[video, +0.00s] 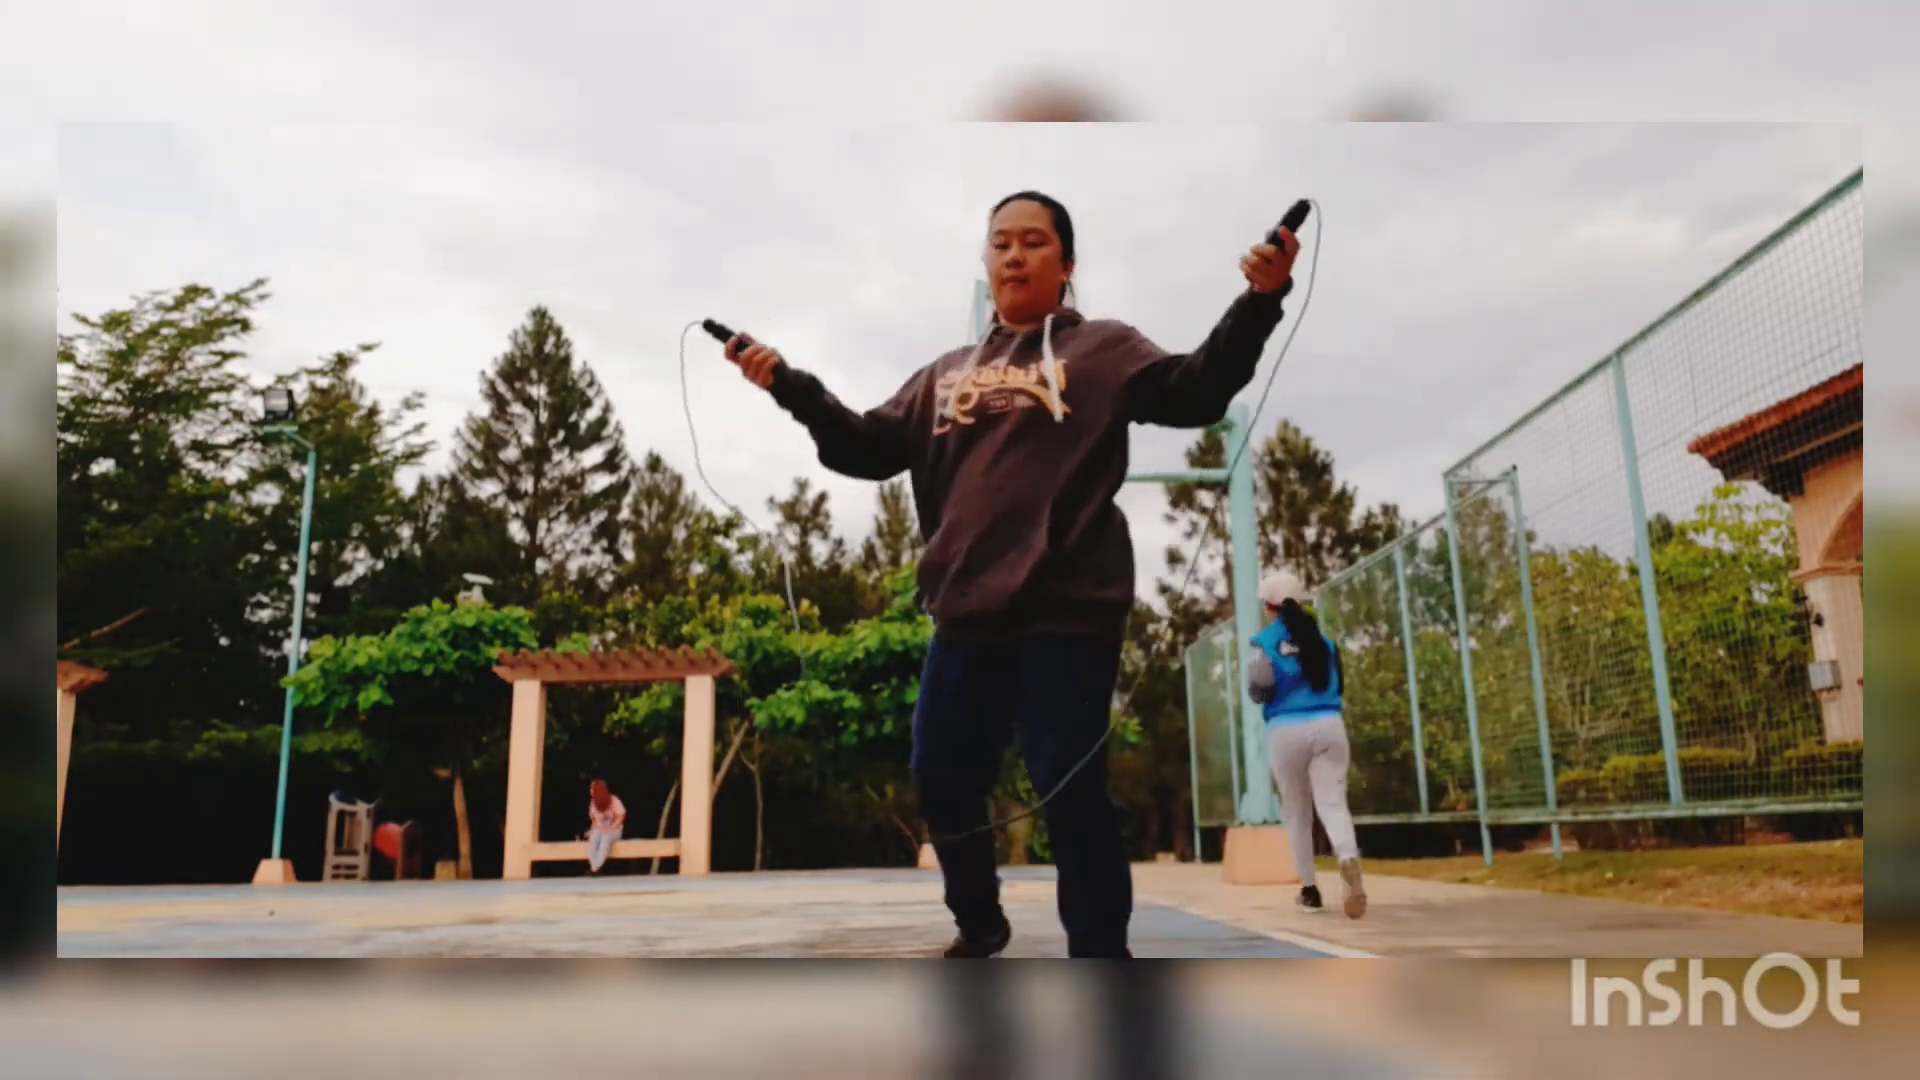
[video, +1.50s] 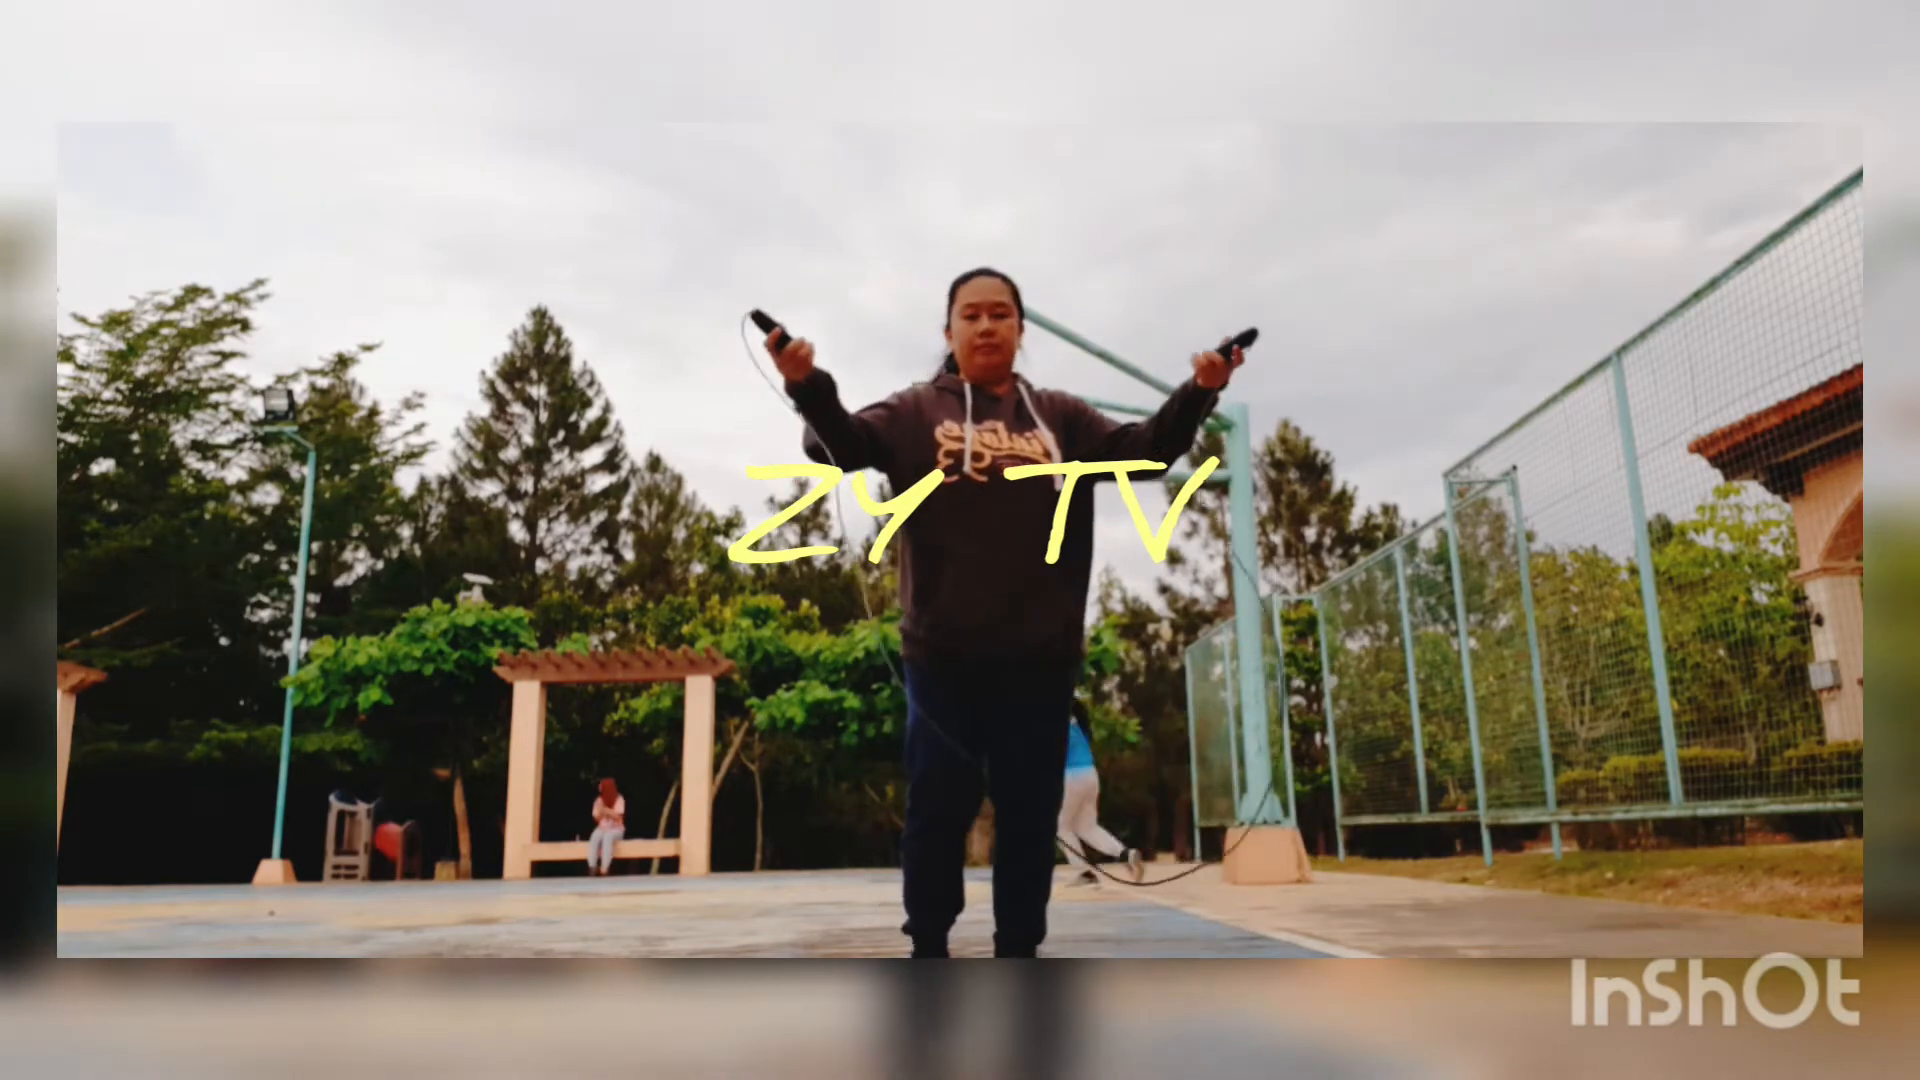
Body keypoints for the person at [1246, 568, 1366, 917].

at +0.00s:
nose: (1263, 611)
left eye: (1264, 606)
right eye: (1265, 605)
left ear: (1269, 607)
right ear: (1298, 603)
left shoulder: (1265, 640)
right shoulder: (1324, 639)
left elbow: (1260, 689)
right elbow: (1337, 685)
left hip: (1287, 729)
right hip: (1329, 723)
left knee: (1296, 810)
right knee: (1334, 802)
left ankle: (1309, 886)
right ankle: (1349, 859)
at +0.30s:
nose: (1248, 629)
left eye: (1245, 624)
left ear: (1245, 628)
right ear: (1273, 624)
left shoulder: (1235, 662)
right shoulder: (1294, 657)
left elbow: (1223, 706)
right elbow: (1319, 690)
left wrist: (1246, 690)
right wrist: (1304, 704)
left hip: (1263, 739)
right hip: (1299, 736)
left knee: (1281, 806)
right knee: (1304, 807)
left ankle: (1297, 863)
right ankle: (1306, 869)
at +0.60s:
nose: (1216, 647)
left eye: (1217, 642)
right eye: (1217, 642)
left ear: (1222, 644)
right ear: (1244, 642)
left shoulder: (1220, 675)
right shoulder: (1265, 674)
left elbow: (1213, 710)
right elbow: (1275, 711)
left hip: (1239, 750)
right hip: (1273, 744)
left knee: (1244, 817)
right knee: (1282, 816)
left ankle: (1262, 873)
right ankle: (1301, 870)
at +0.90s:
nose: (1165, 664)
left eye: (1167, 660)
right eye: (1165, 659)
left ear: (1174, 662)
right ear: (1191, 660)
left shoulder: (1165, 691)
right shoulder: (1206, 685)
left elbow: (1156, 728)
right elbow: (1231, 719)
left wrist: (1162, 745)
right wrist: (1212, 735)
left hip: (1188, 759)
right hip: (1218, 755)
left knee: (1207, 818)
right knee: (1211, 816)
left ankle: (1236, 872)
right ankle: (1231, 869)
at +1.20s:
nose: (1120, 679)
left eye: (1123, 675)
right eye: (1120, 674)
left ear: (1131, 677)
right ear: (1144, 677)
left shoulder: (1122, 704)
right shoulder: (1160, 699)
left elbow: (1117, 739)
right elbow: (1173, 727)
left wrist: (1121, 752)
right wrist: (1165, 747)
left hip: (1145, 769)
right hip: (1171, 764)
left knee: (1147, 827)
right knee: (1166, 824)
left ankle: (1183, 852)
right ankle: (1182, 870)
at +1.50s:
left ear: (1057, 709)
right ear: (1072, 708)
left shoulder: (1058, 724)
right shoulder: (1078, 722)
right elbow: (1087, 744)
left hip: (1072, 775)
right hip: (1090, 772)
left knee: (1063, 827)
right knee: (1086, 827)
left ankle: (1085, 871)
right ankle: (1124, 853)